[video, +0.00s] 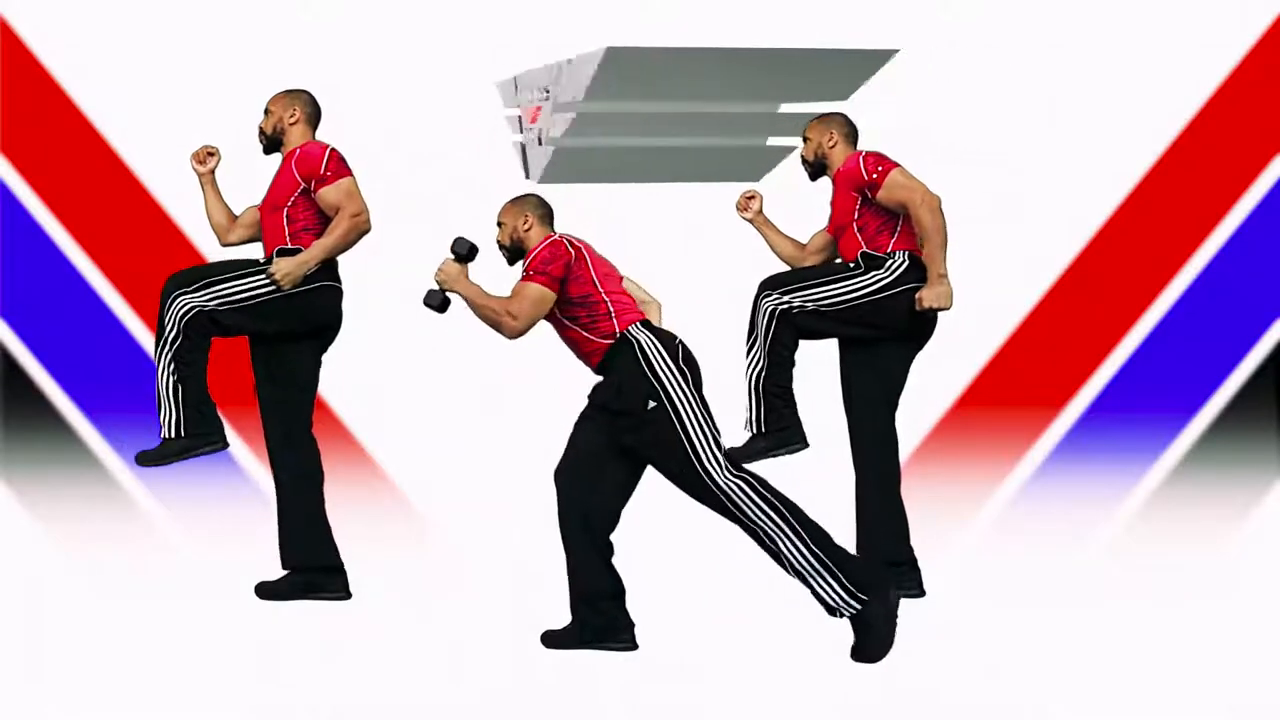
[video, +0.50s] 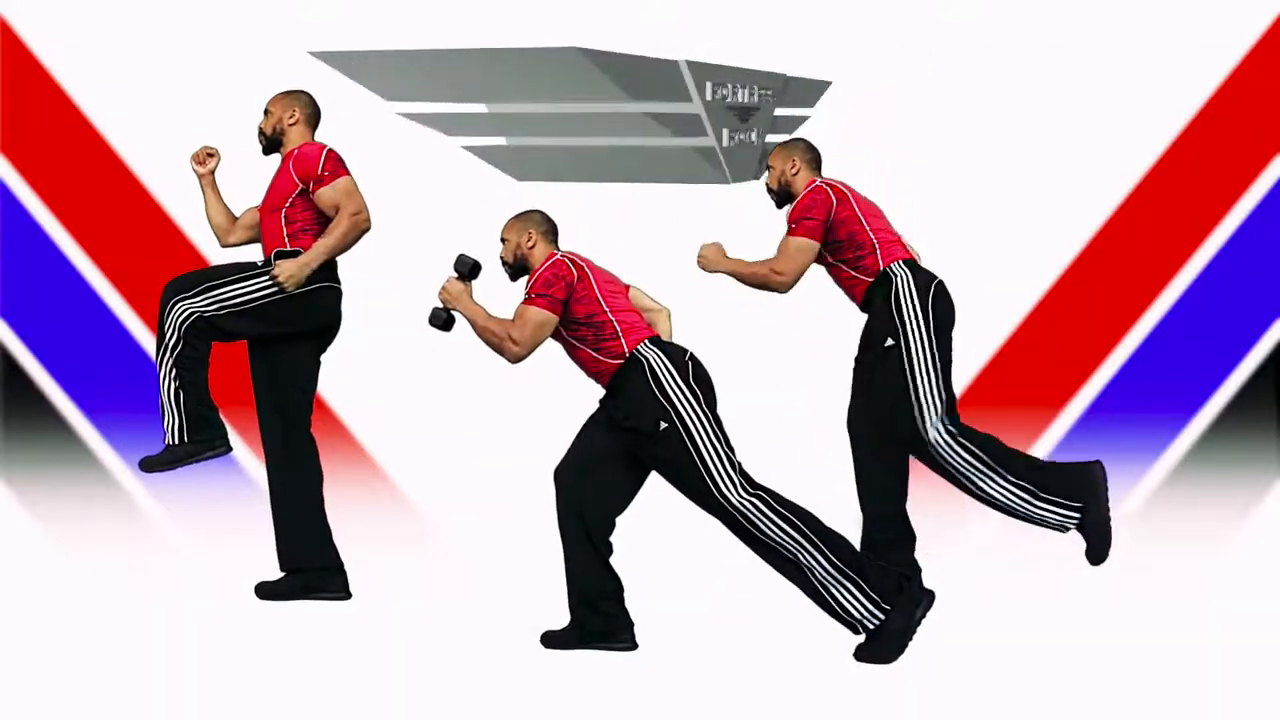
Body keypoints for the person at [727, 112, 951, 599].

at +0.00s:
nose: (801, 152)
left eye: (806, 141)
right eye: (802, 144)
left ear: (830, 137)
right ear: (835, 140)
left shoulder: (859, 165)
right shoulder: (848, 199)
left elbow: (924, 201)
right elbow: (806, 257)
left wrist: (937, 276)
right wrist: (759, 220)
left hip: (893, 276)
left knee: (774, 296)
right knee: (871, 438)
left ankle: (776, 425)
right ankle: (891, 567)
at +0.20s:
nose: (794, 154)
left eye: (798, 144)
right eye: (795, 147)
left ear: (822, 141)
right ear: (825, 143)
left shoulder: (852, 169)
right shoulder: (840, 200)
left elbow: (900, 218)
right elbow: (825, 276)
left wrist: (878, 290)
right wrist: (768, 258)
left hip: (894, 287)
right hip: (899, 308)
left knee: (779, 322)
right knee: (874, 441)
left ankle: (810, 452)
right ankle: (891, 576)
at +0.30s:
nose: (786, 160)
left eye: (790, 150)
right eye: (786, 153)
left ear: (814, 146)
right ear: (822, 147)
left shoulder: (844, 175)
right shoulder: (834, 196)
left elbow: (864, 242)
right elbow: (860, 270)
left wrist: (805, 298)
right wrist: (821, 304)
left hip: (896, 282)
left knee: (809, 371)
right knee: (878, 443)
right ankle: (895, 586)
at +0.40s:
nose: (775, 170)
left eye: (780, 160)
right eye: (775, 162)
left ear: (805, 157)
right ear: (808, 157)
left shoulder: (830, 184)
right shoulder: (832, 194)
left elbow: (820, 262)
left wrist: (752, 282)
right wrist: (864, 328)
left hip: (902, 290)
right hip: (889, 302)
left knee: (873, 421)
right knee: (869, 433)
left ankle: (1000, 488)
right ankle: (889, 574)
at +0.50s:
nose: (766, 180)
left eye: (770, 169)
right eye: (765, 173)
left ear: (795, 164)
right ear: (806, 168)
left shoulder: (817, 196)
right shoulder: (837, 201)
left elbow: (781, 275)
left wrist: (724, 264)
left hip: (906, 294)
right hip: (885, 311)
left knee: (932, 432)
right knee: (872, 437)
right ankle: (891, 575)